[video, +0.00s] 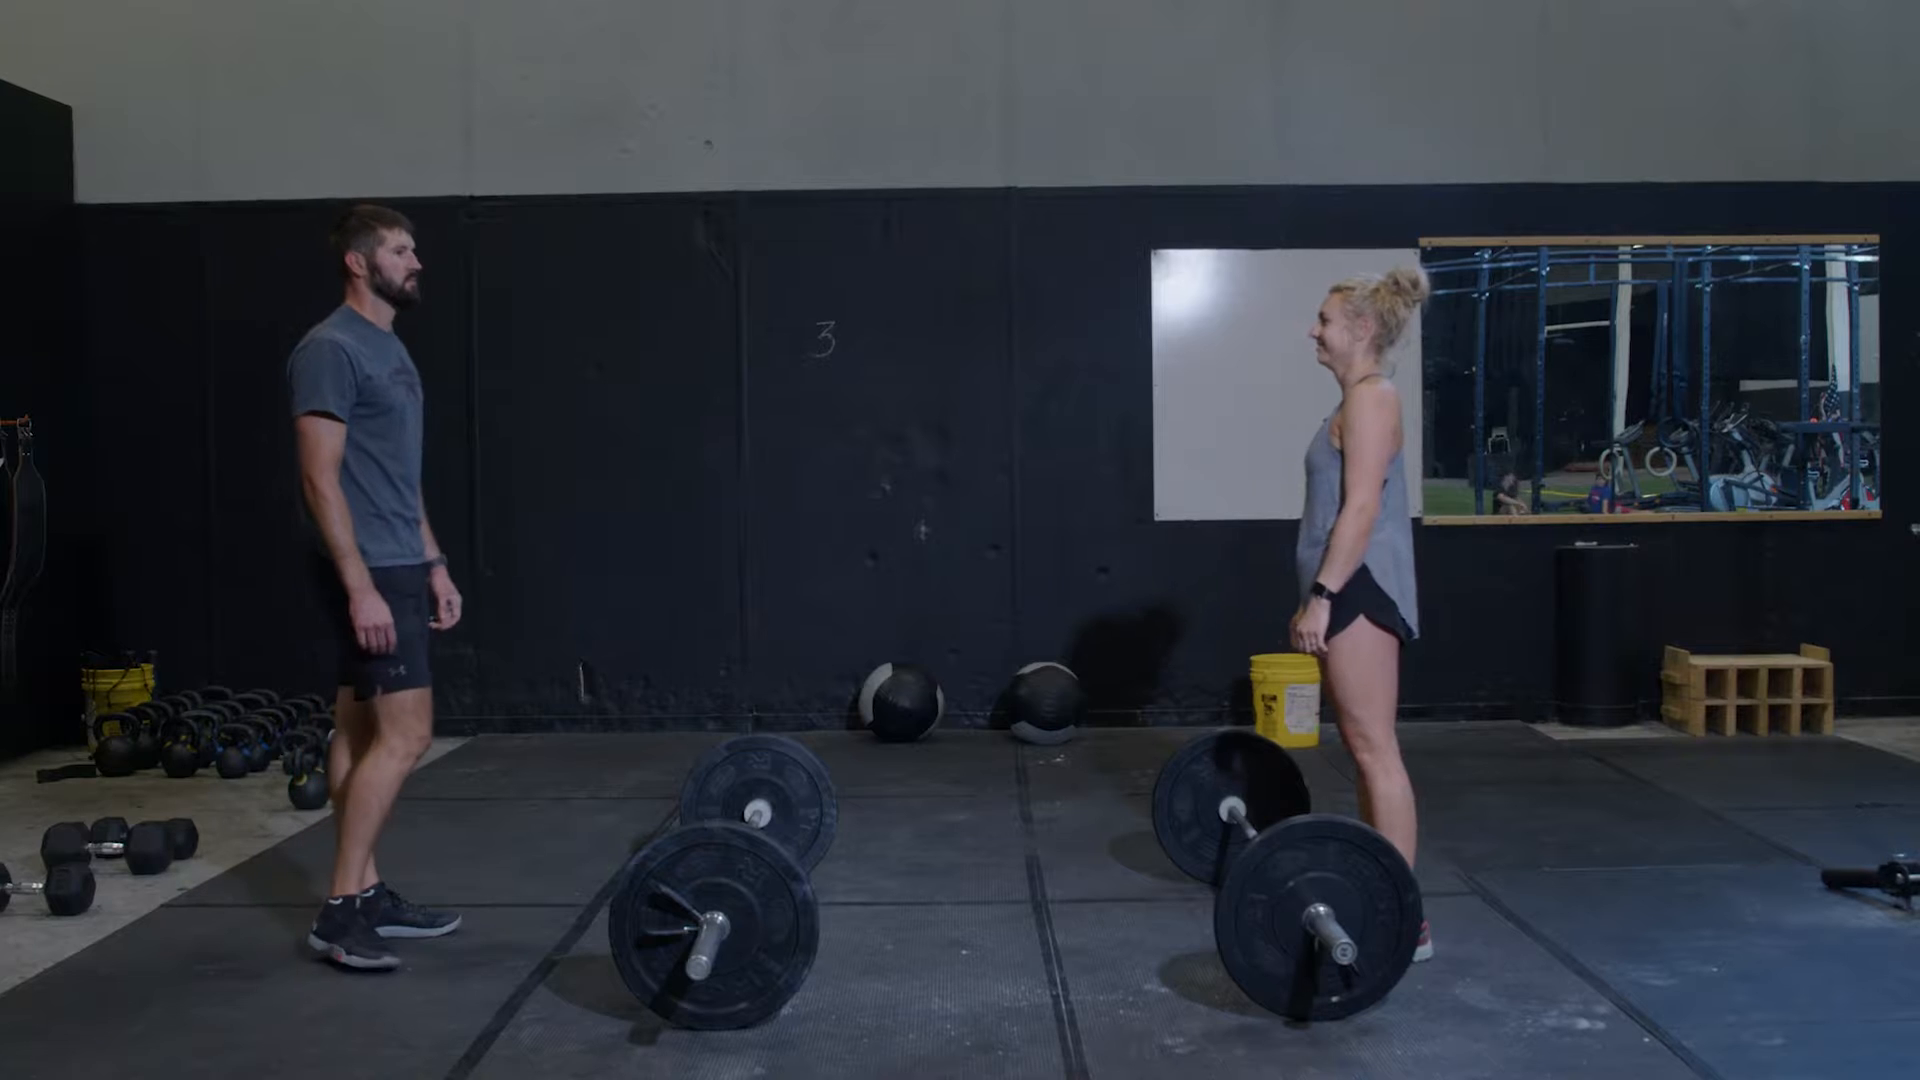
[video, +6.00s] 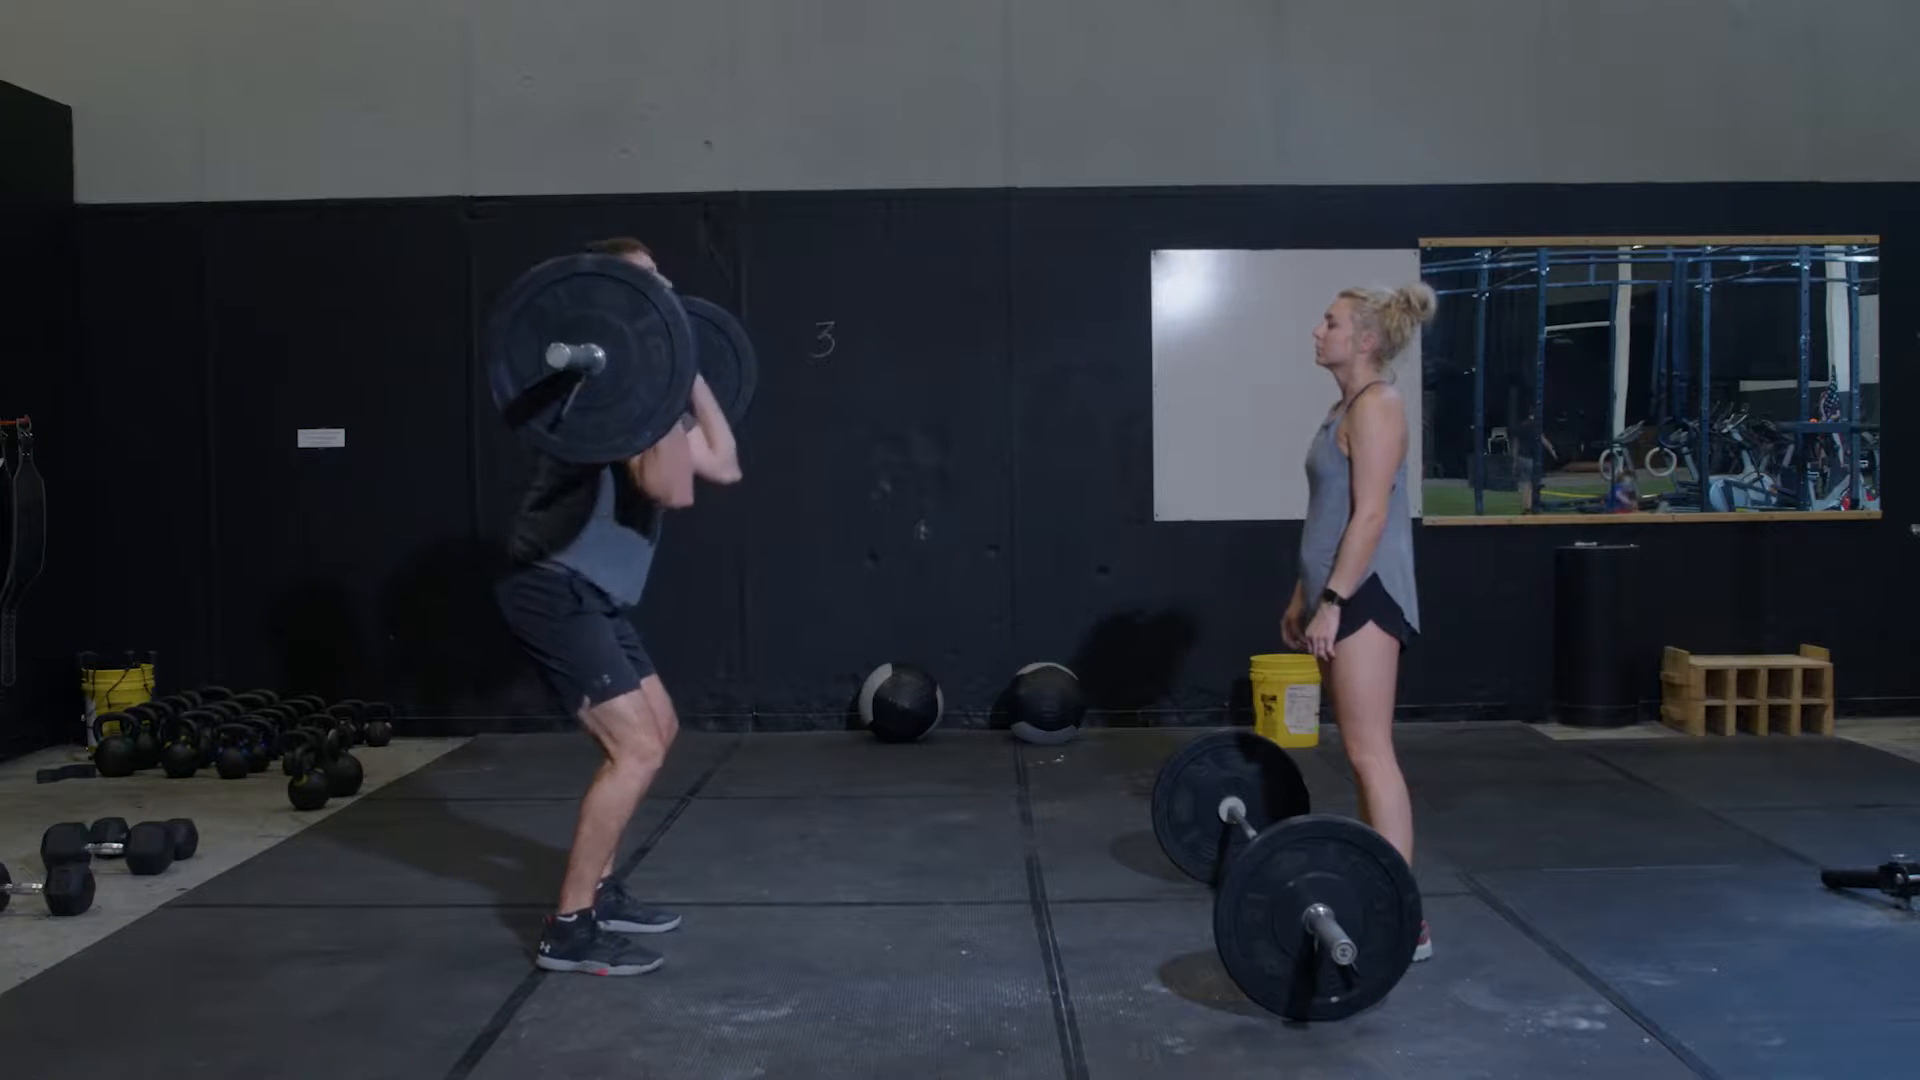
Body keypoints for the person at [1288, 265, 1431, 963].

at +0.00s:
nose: (1315, 330)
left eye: (1326, 320)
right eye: (1319, 319)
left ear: (1362, 331)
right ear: (1359, 332)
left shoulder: (1371, 398)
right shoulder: (1357, 400)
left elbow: (1362, 508)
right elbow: (1351, 510)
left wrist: (1322, 595)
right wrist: (1318, 596)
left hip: (1363, 594)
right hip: (1348, 593)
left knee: (1374, 749)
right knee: (1365, 749)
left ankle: (1399, 912)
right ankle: (1384, 904)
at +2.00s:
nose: (1310, 335)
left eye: (1321, 323)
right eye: (1313, 323)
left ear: (1360, 330)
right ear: (1355, 333)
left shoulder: (1380, 397)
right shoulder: (1357, 399)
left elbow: (1366, 506)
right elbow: (1351, 507)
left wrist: (1315, 589)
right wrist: (1319, 593)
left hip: (1374, 590)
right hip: (1352, 589)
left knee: (1383, 748)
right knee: (1367, 745)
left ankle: (1401, 912)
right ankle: (1378, 899)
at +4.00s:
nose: (1312, 332)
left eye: (1325, 322)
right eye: (1315, 321)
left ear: (1361, 334)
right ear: (1346, 335)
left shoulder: (1372, 401)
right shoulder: (1344, 405)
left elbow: (1366, 508)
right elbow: (1326, 513)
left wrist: (1327, 592)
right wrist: (1300, 590)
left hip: (1366, 594)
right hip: (1343, 592)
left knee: (1371, 751)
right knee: (1362, 750)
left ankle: (1399, 912)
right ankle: (1380, 903)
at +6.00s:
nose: (1318, 332)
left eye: (1331, 324)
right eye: (1322, 322)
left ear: (1365, 339)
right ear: (1354, 340)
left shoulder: (1377, 407)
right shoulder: (1346, 408)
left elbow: (1372, 515)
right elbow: (1331, 515)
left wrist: (1333, 599)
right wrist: (1305, 591)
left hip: (1370, 597)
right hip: (1345, 595)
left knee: (1371, 754)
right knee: (1364, 753)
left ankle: (1399, 913)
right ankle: (1384, 906)